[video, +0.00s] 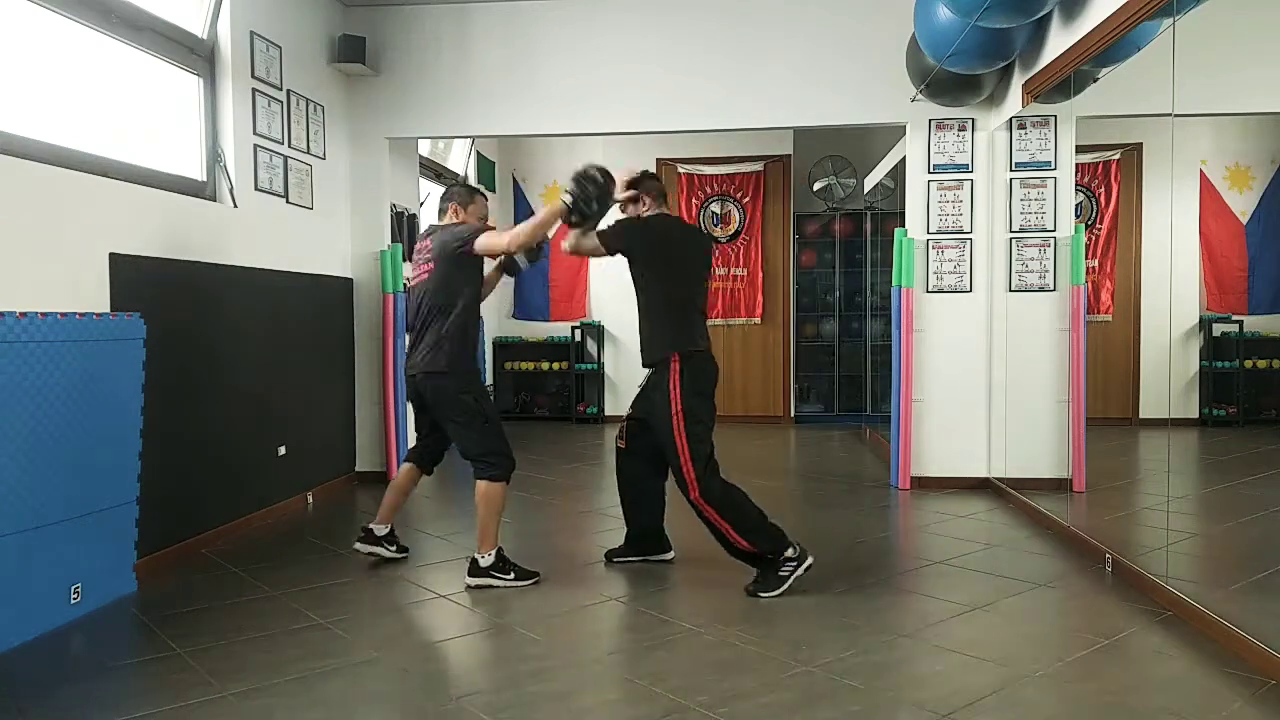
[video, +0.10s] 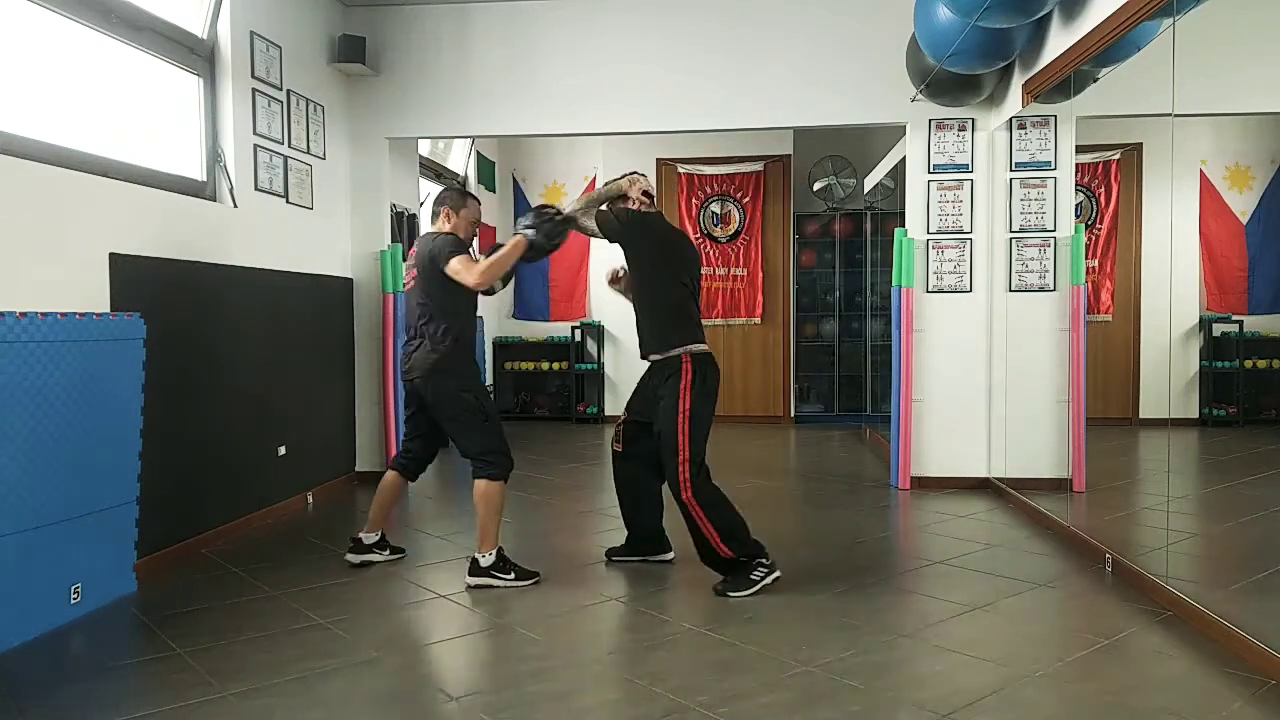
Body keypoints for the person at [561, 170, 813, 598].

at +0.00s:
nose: (625, 213)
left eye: (626, 205)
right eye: (624, 206)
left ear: (643, 201)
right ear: (663, 199)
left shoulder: (639, 231)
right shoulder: (698, 238)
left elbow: (574, 244)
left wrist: (593, 200)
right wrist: (642, 214)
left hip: (678, 368)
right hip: (684, 365)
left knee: (697, 481)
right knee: (635, 448)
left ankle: (781, 555)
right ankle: (647, 541)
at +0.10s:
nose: (618, 210)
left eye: (621, 203)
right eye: (621, 203)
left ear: (633, 200)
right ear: (649, 203)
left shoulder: (641, 223)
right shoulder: (679, 243)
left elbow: (576, 215)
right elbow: (667, 304)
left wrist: (616, 187)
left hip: (685, 369)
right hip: (662, 369)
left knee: (684, 474)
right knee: (630, 448)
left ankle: (750, 562)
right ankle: (647, 541)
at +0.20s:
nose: (625, 193)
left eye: (631, 186)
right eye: (619, 189)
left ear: (644, 193)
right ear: (620, 201)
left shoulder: (655, 223)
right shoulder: (646, 248)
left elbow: (587, 250)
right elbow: (650, 324)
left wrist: (605, 203)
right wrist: (607, 309)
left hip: (688, 364)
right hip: (653, 367)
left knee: (676, 464)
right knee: (620, 451)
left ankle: (719, 565)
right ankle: (647, 541)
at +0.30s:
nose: (610, 200)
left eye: (614, 191)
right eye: (608, 195)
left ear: (633, 191)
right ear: (619, 200)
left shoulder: (675, 226)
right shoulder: (622, 249)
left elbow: (628, 257)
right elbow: (566, 283)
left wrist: (616, 211)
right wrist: (547, 238)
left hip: (691, 371)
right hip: (650, 373)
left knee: (680, 472)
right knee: (607, 456)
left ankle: (720, 568)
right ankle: (642, 532)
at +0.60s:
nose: (585, 208)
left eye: (588, 199)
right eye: (584, 201)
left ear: (611, 197)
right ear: (610, 198)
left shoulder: (657, 234)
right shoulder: (605, 239)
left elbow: (631, 288)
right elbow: (556, 251)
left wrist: (600, 243)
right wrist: (509, 231)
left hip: (657, 375)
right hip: (615, 376)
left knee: (664, 466)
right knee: (568, 456)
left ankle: (711, 563)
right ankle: (587, 541)